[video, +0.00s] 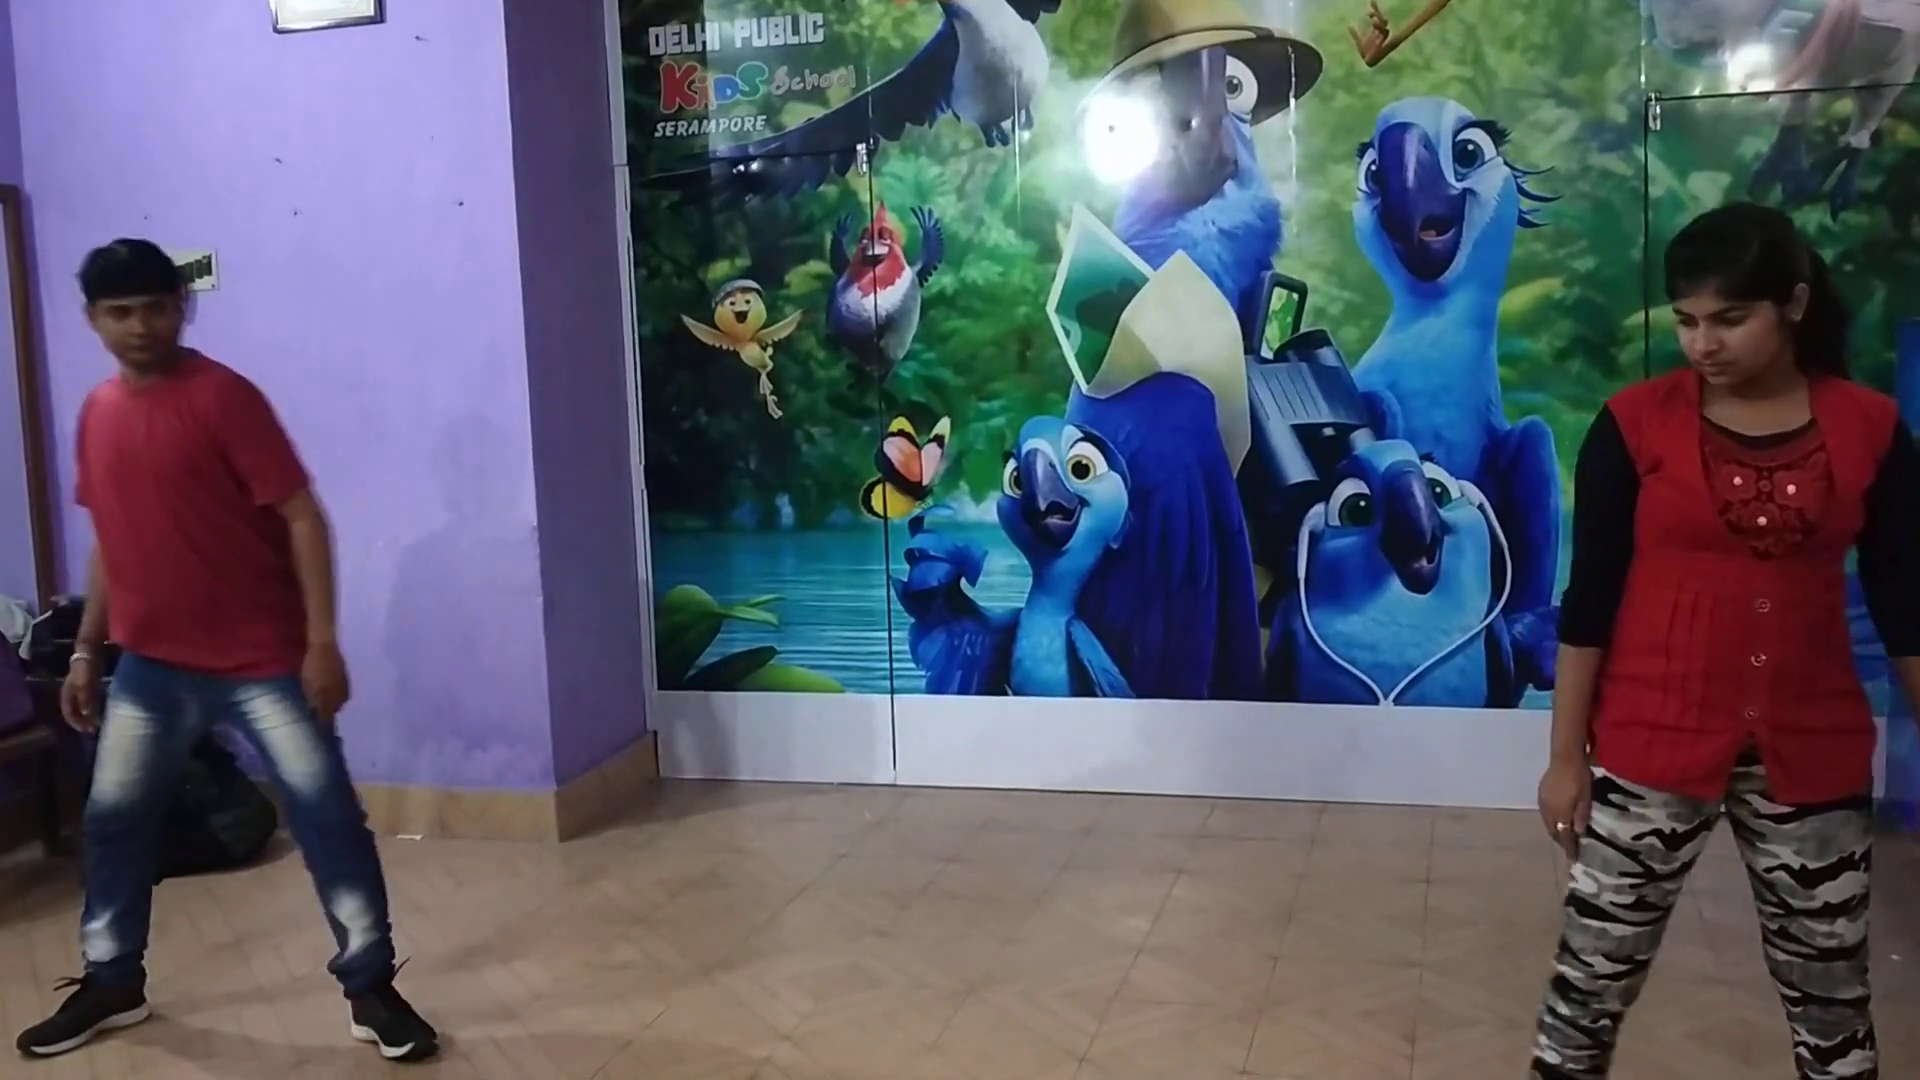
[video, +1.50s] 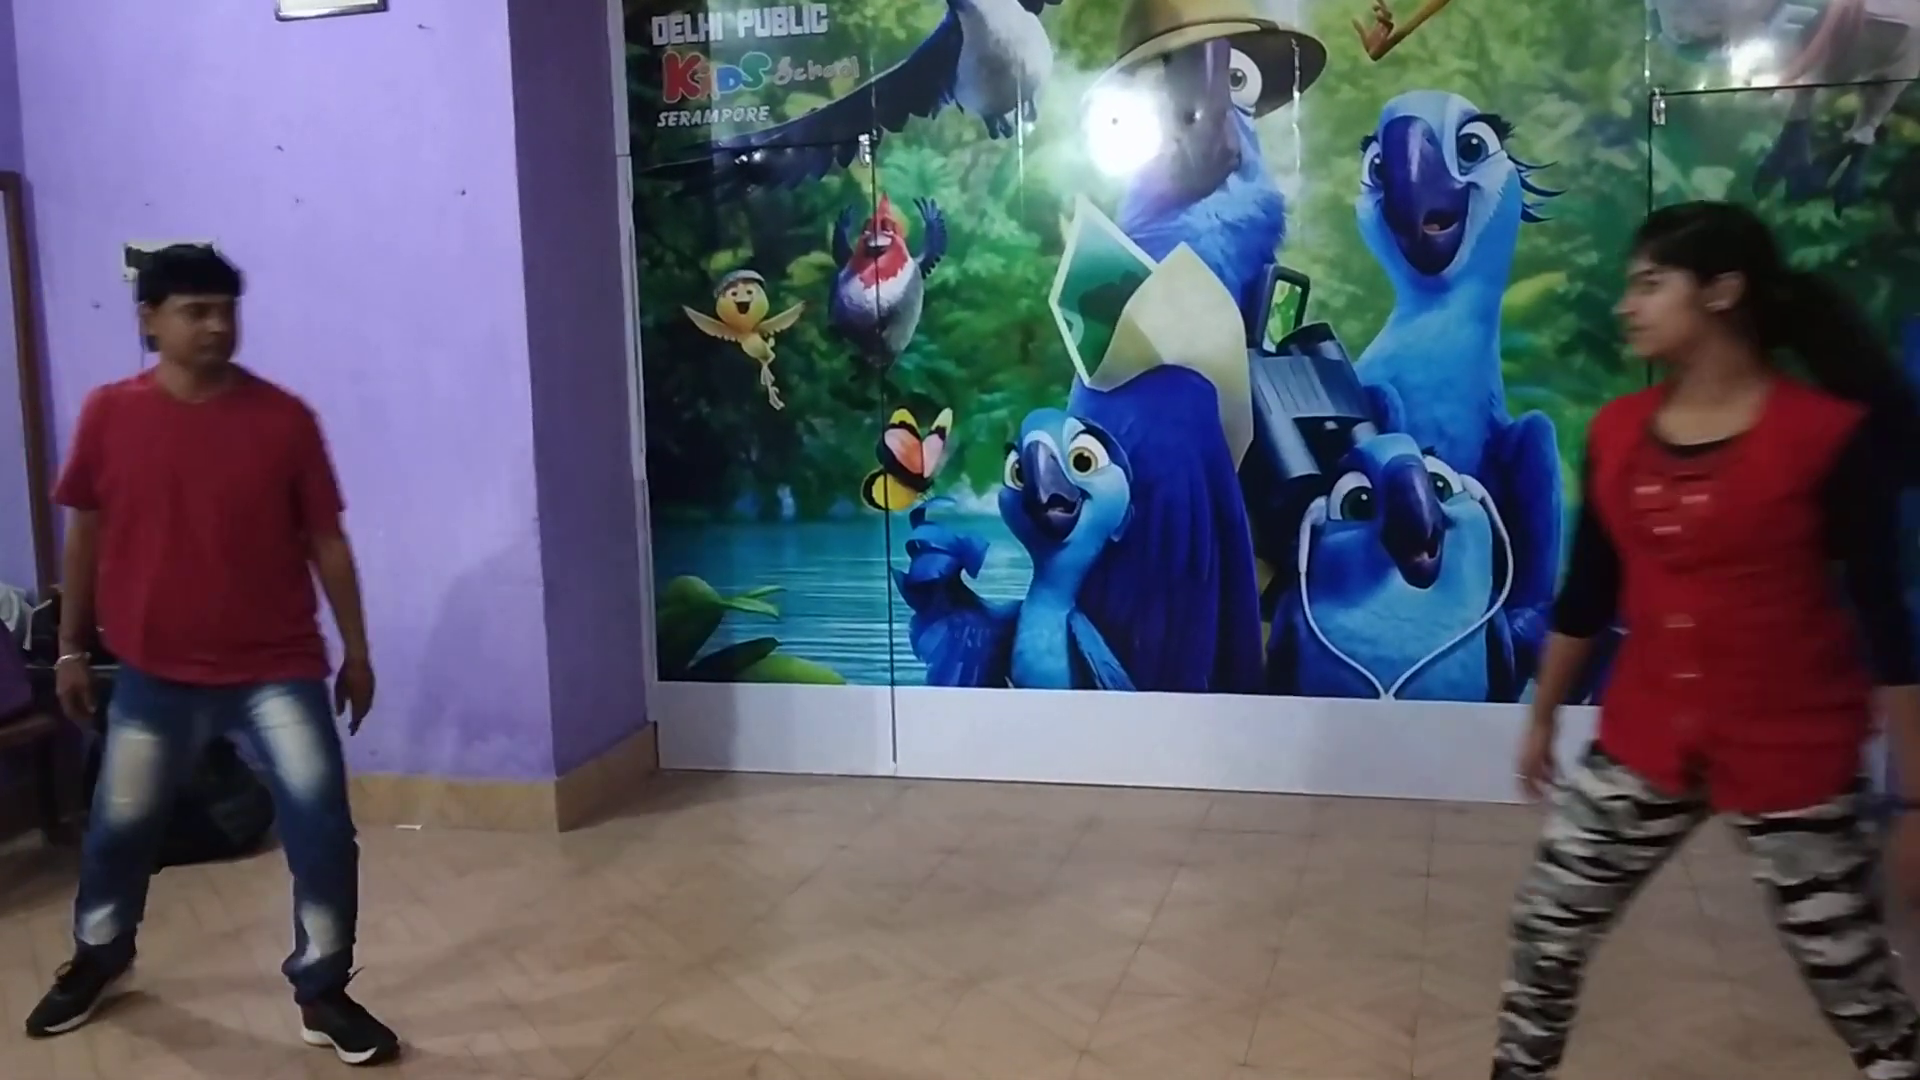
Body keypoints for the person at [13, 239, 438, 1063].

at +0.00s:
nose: (140, 327)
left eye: (155, 309)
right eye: (120, 313)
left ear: (180, 310)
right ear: (93, 320)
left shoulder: (226, 398)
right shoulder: (99, 411)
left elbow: (304, 515)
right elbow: (108, 535)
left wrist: (323, 646)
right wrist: (87, 650)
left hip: (259, 660)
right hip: (150, 663)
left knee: (324, 800)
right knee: (114, 808)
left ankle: (371, 985)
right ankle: (112, 978)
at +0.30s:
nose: (285, 396)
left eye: (295, 380)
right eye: (264, 381)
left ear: (309, 383)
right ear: (225, 387)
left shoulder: (334, 482)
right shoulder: (204, 460)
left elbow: (438, 590)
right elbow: (187, 576)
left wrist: (433, 717)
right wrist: (149, 674)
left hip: (319, 708)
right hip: (207, 700)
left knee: (370, 829)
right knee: (93, 822)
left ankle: (377, 994)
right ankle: (115, 980)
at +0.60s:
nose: (292, 477)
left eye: (303, 461)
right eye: (276, 460)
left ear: (313, 456)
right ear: (227, 447)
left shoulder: (320, 539)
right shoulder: (175, 481)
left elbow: (382, 659)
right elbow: (144, 573)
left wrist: (415, 774)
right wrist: (107, 673)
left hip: (295, 713)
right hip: (179, 705)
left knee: (363, 827)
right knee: (51, 828)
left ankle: (376, 990)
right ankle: (114, 976)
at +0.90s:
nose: (161, 378)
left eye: (172, 361)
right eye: (142, 361)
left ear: (184, 356)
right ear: (98, 357)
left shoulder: (216, 444)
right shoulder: (69, 415)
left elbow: (279, 560)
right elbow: (62, 517)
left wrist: (319, 673)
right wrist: (49, 622)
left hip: (222, 660)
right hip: (106, 657)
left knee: (295, 807)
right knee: (35, 807)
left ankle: (371, 982)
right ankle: (94, 959)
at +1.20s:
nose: (120, 320)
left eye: (131, 304)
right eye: (101, 306)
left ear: (148, 307)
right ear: (64, 313)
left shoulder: (191, 402)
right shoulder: (44, 399)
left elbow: (256, 516)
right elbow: (46, 511)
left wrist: (292, 635)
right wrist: (34, 621)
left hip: (208, 643)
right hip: (95, 647)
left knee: (279, 799)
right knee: (78, 805)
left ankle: (352, 980)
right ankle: (100, 960)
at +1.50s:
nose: (215, 325)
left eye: (225, 311)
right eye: (196, 312)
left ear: (237, 318)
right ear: (151, 322)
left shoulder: (284, 418)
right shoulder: (110, 414)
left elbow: (326, 539)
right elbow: (85, 527)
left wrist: (358, 653)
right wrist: (71, 647)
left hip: (275, 667)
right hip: (152, 668)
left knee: (320, 807)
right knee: (122, 816)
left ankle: (325, 990)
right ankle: (99, 955)